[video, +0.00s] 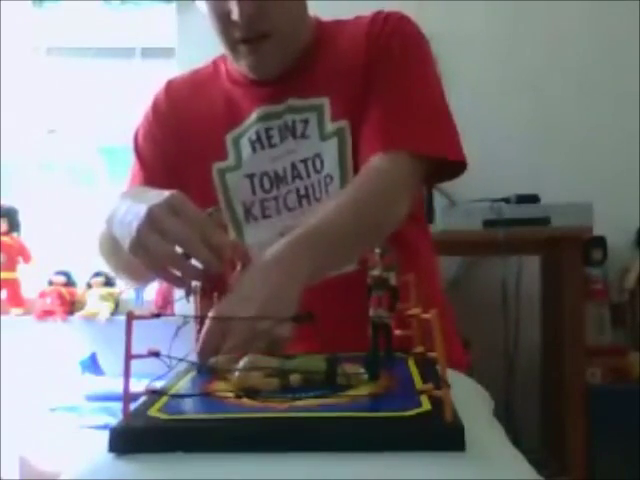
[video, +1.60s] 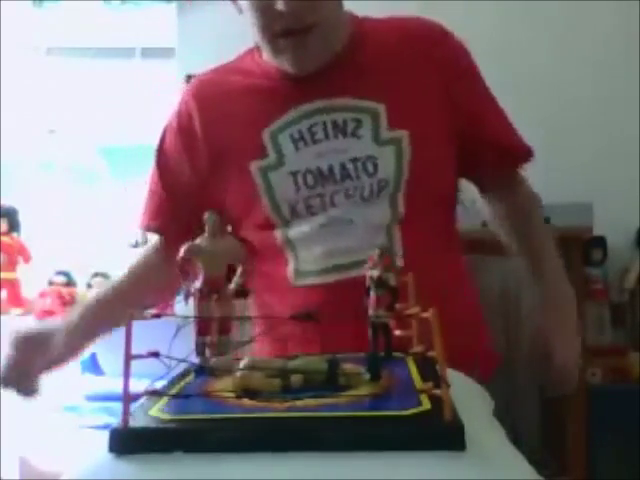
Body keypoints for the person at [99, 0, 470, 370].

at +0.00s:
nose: (239, 15)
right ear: (202, 7)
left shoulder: (383, 43)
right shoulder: (177, 106)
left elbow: (395, 181)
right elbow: (131, 268)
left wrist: (284, 267)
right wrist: (126, 215)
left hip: (399, 382)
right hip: (246, 398)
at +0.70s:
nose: (237, 17)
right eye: (217, 1)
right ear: (200, 7)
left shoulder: (382, 45)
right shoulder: (176, 106)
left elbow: (411, 193)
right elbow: (134, 261)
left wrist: (303, 206)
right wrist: (122, 217)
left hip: (403, 366)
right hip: (257, 377)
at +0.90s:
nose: (234, 16)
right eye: (213, 2)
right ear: (197, 8)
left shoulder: (381, 47)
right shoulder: (172, 109)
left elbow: (460, 201)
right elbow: (128, 268)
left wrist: (370, 152)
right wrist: (125, 225)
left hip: (403, 365)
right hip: (255, 378)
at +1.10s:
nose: (237, 14)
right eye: (214, 1)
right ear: (190, 9)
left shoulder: (383, 49)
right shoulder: (169, 110)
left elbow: (497, 184)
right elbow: (136, 282)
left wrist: (443, 145)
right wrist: (108, 243)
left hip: (410, 368)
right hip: (256, 384)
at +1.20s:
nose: (240, 14)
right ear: (192, 7)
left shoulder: (386, 49)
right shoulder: (170, 113)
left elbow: (491, 153)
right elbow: (144, 289)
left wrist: (462, 182)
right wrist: (103, 251)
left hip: (411, 367)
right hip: (254, 384)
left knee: (503, 473)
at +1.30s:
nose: (249, 12)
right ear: (201, 8)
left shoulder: (393, 50)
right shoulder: (179, 114)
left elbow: (484, 159)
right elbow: (149, 282)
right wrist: (90, 260)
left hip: (417, 370)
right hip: (268, 391)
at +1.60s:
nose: (276, 14)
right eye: (258, 2)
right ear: (239, 6)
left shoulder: (425, 52)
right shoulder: (207, 105)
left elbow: (502, 182)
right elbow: (169, 252)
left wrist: (555, 298)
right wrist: (67, 336)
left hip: (440, 384)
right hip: (289, 398)